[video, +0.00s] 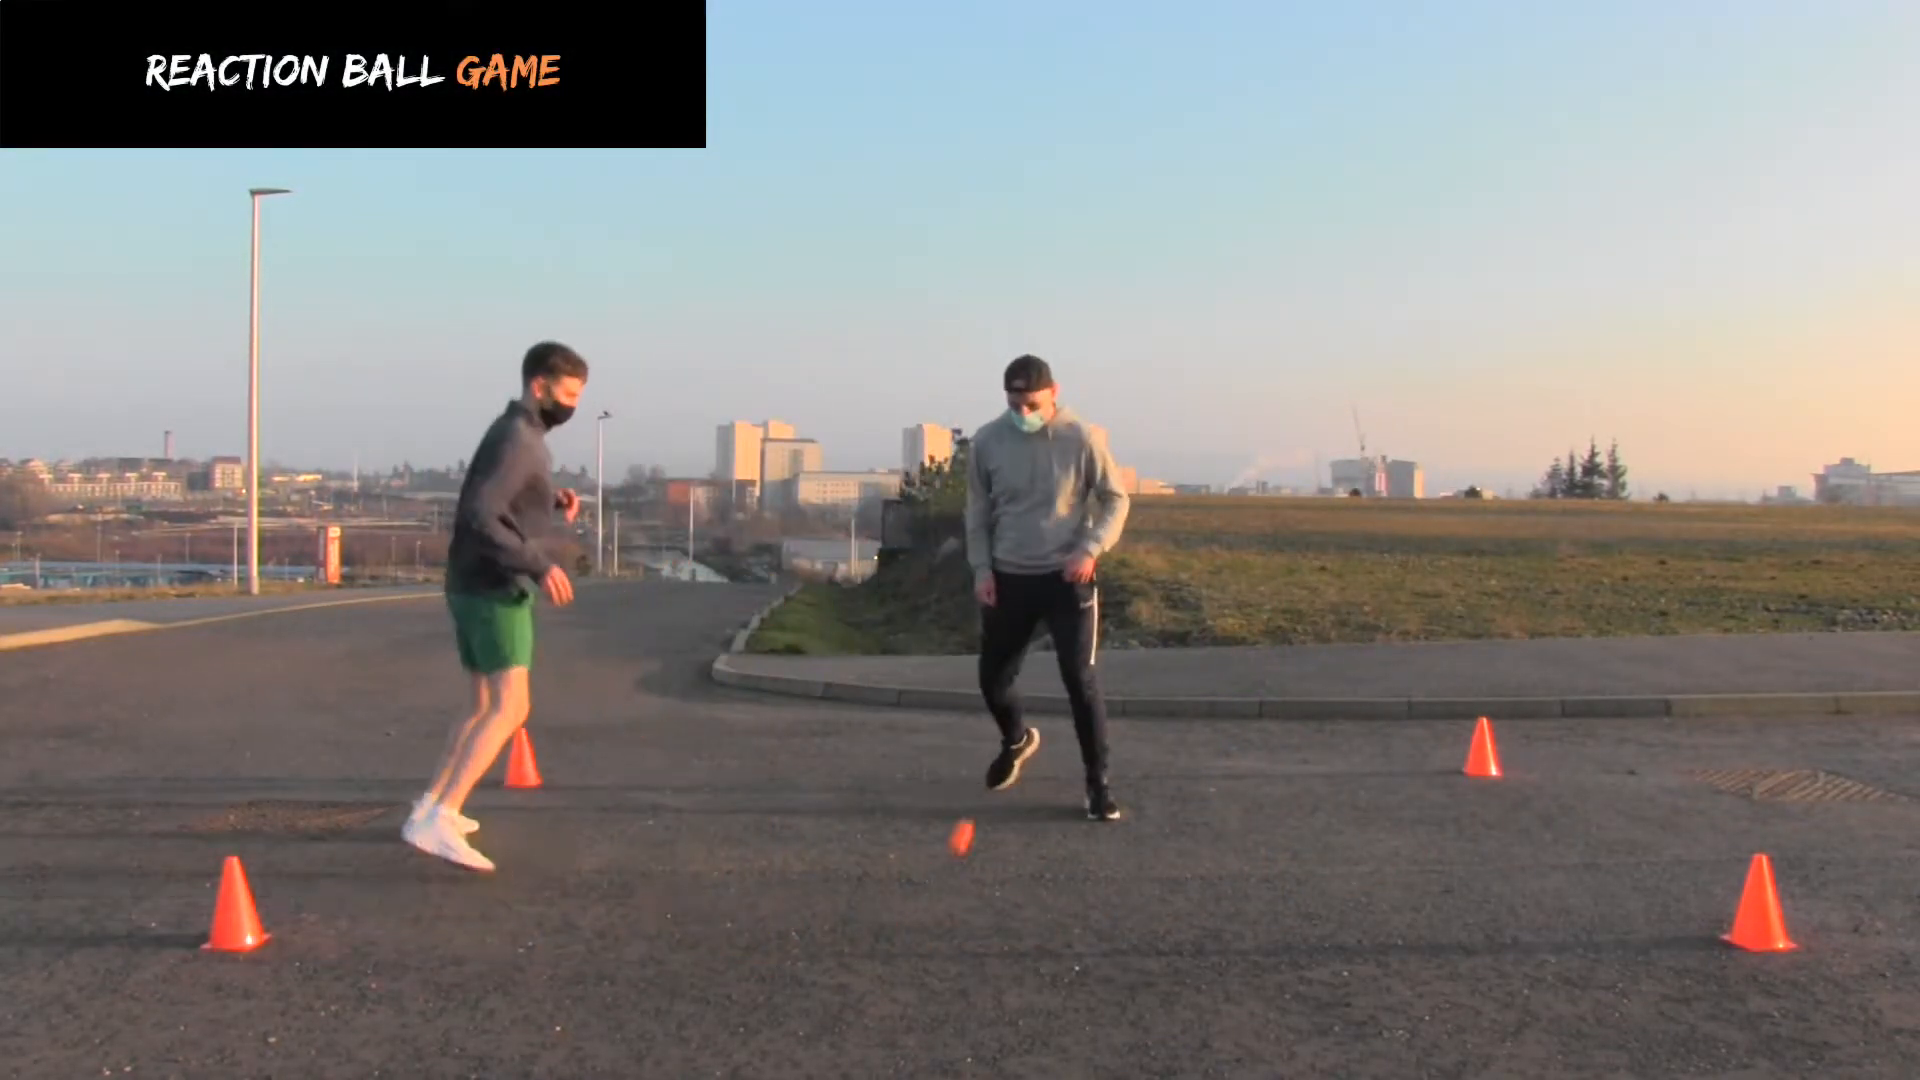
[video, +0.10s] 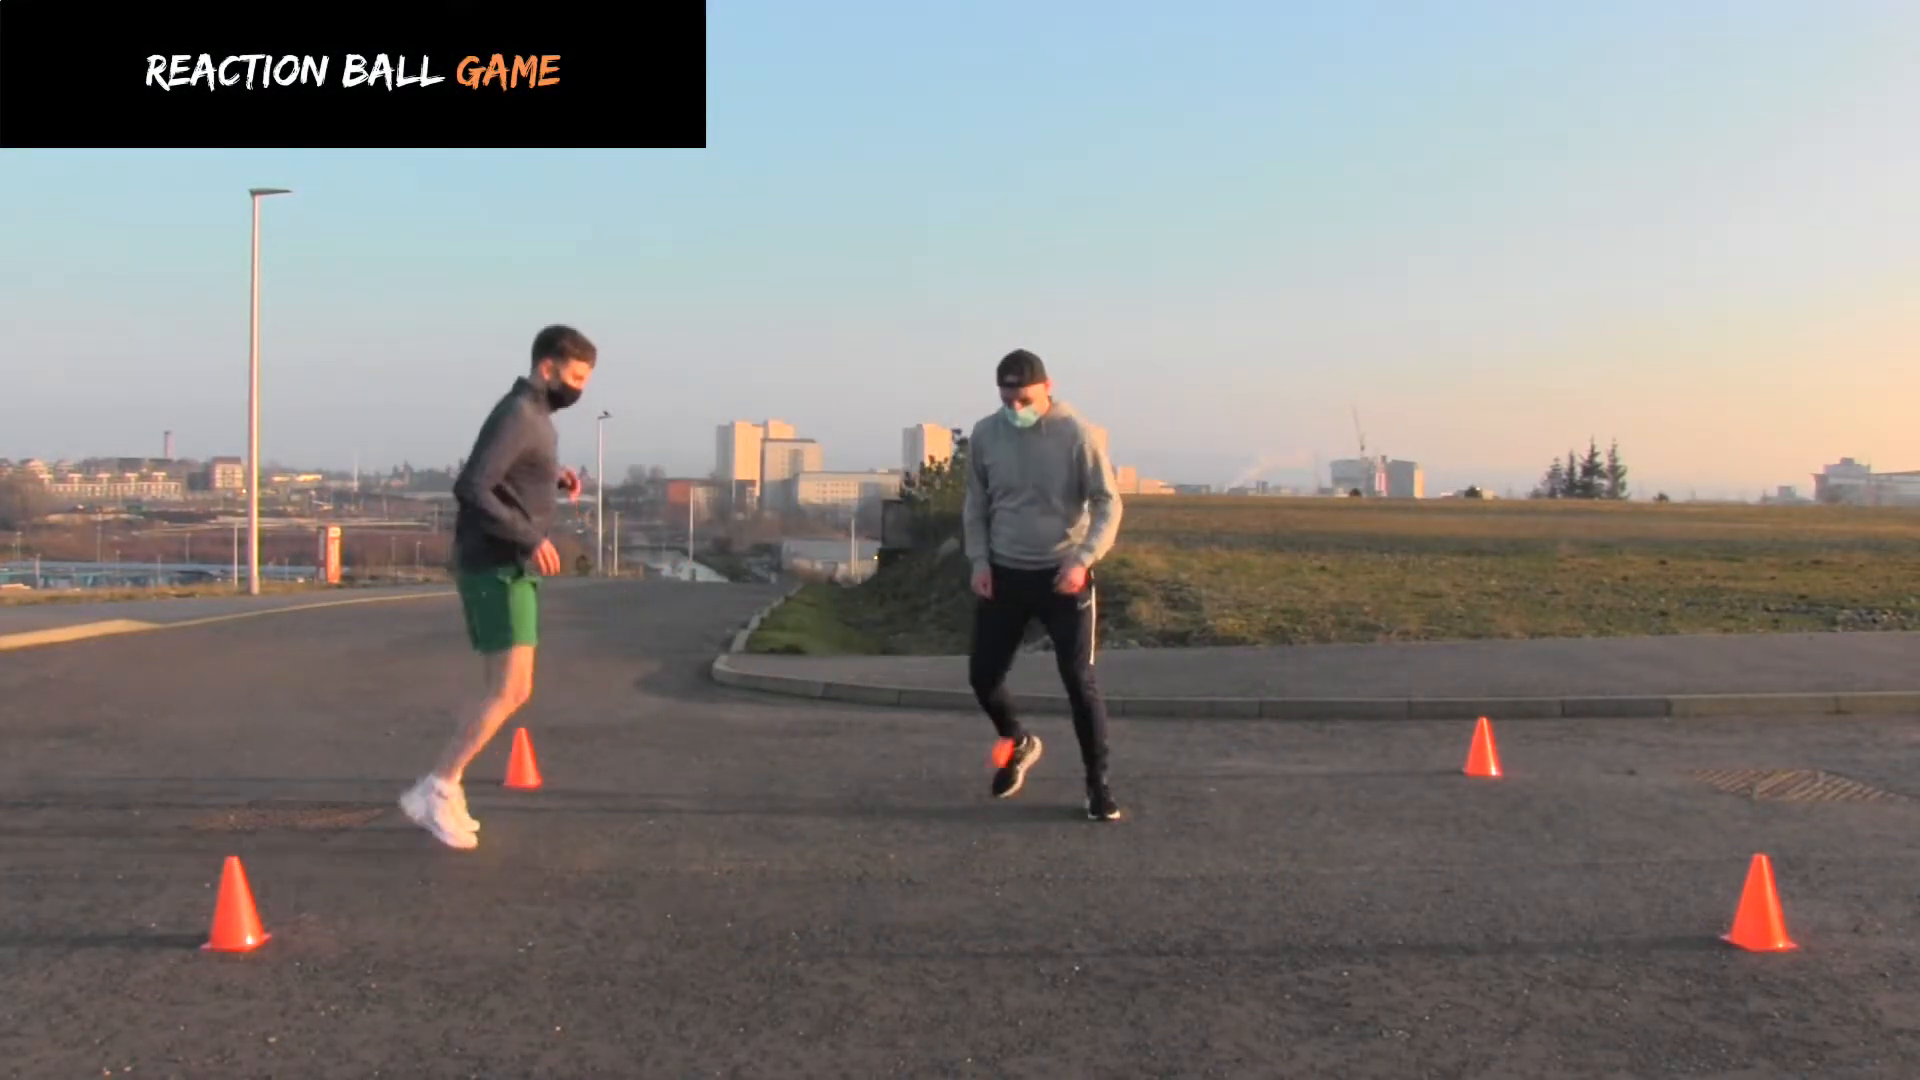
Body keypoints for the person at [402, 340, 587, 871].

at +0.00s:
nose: (576, 402)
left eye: (579, 393)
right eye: (571, 391)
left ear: (542, 387)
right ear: (539, 384)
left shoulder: (518, 430)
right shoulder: (518, 438)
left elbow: (505, 498)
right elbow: (481, 513)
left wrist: (549, 500)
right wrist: (539, 565)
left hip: (477, 585)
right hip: (495, 588)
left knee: (487, 705)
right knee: (512, 704)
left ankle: (433, 807)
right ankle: (441, 816)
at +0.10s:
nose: (582, 386)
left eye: (586, 377)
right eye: (578, 374)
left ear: (554, 369)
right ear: (546, 366)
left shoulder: (536, 412)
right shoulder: (519, 412)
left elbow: (510, 473)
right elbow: (474, 486)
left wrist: (552, 477)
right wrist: (530, 539)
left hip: (509, 565)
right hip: (494, 567)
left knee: (514, 686)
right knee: (511, 688)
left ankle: (442, 787)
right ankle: (437, 789)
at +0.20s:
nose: (590, 389)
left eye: (595, 380)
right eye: (586, 377)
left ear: (563, 374)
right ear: (555, 368)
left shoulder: (549, 414)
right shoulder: (525, 411)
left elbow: (521, 468)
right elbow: (479, 475)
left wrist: (560, 477)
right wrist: (530, 533)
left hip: (532, 564)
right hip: (502, 568)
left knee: (554, 664)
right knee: (503, 687)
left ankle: (489, 757)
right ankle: (435, 776)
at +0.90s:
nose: (765, 387)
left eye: (771, 380)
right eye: (758, 378)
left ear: (773, 381)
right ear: (734, 372)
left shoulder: (758, 423)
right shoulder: (704, 416)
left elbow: (744, 477)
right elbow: (661, 469)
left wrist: (766, 479)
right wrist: (712, 512)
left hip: (743, 551)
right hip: (699, 553)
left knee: (766, 649)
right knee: (696, 660)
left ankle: (722, 730)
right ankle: (676, 753)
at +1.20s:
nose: (884, 427)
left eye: (889, 419)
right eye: (875, 419)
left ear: (896, 418)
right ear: (856, 419)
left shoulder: (896, 472)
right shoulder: (835, 467)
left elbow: (899, 516)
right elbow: (798, 529)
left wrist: (911, 520)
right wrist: (830, 580)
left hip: (880, 591)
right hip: (833, 594)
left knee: (927, 666)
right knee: (790, 683)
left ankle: (914, 753)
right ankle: (715, 749)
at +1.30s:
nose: (913, 413)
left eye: (919, 405)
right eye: (904, 405)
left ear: (925, 402)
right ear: (885, 403)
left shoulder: (926, 451)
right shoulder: (863, 451)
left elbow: (929, 504)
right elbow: (828, 516)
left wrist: (942, 508)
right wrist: (861, 563)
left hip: (912, 581)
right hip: (866, 579)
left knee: (938, 664)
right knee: (833, 671)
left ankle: (915, 750)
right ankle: (769, 736)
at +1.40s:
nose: (949, 387)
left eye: (956, 379)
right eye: (941, 379)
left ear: (963, 379)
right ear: (922, 378)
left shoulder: (963, 427)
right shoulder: (895, 427)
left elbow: (965, 483)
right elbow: (865, 489)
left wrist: (978, 492)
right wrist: (898, 532)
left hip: (949, 556)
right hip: (901, 556)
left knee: (962, 651)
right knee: (889, 656)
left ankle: (928, 734)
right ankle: (871, 737)